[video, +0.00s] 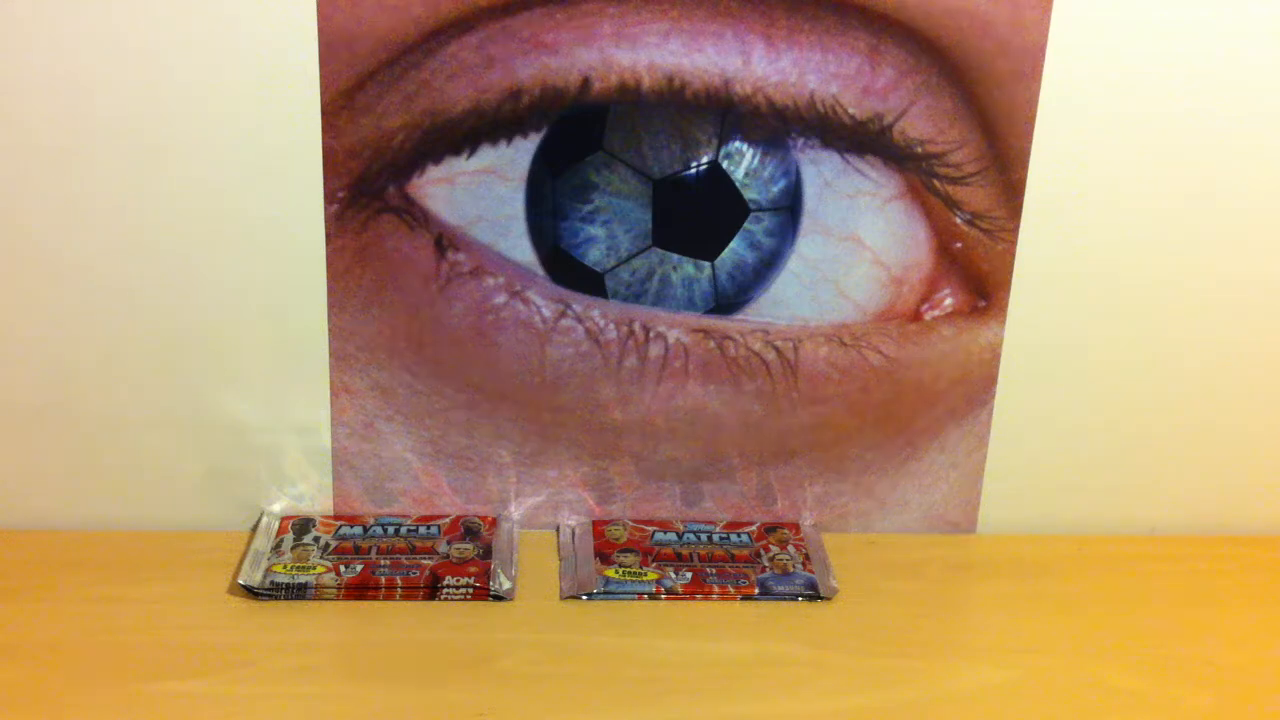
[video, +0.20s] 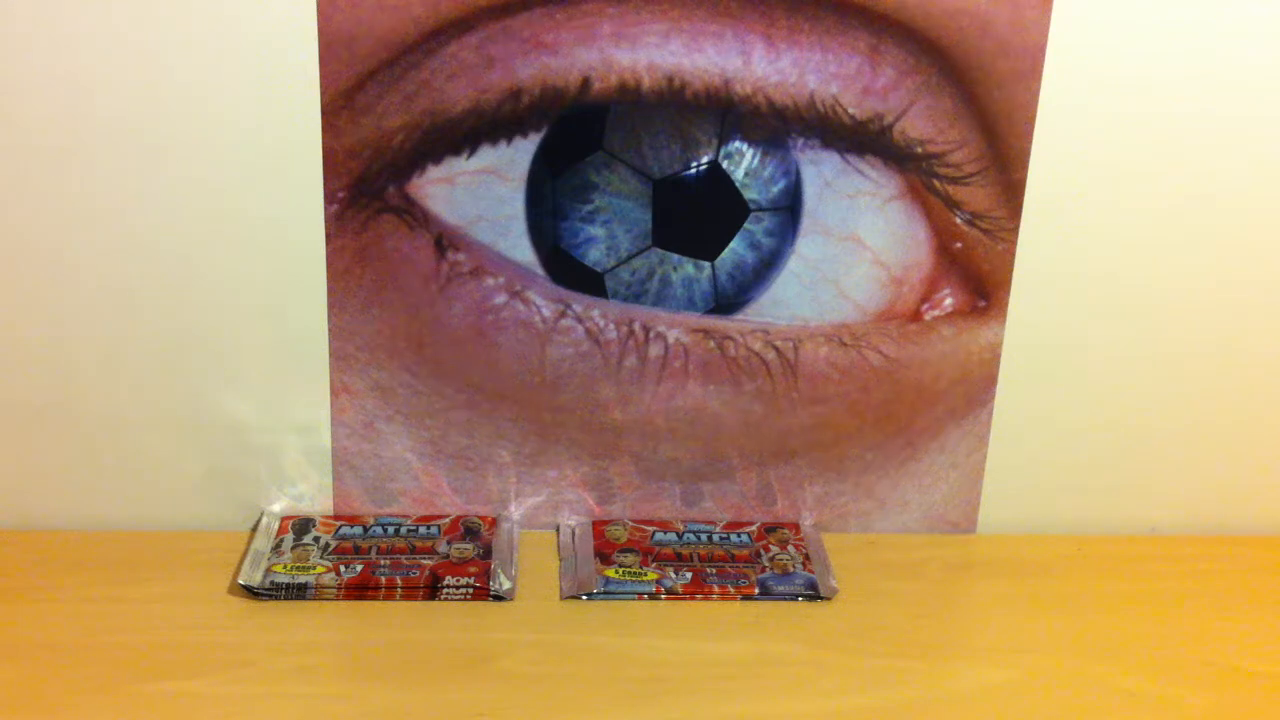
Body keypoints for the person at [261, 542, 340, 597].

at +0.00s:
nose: (309, 554)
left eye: (312, 551)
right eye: (305, 550)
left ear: (315, 551)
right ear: (293, 551)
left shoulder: (324, 567)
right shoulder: (275, 568)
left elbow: (328, 595)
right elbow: (264, 594)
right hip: (278, 610)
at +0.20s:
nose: (309, 554)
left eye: (312, 551)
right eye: (305, 550)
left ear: (315, 552)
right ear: (293, 551)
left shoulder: (323, 569)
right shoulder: (274, 568)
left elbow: (327, 598)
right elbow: (264, 594)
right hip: (277, 610)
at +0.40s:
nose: (309, 554)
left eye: (312, 551)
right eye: (305, 550)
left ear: (315, 552)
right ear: (293, 551)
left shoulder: (323, 569)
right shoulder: (275, 568)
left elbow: (327, 597)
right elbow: (264, 593)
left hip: (309, 610)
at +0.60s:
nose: (309, 554)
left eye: (312, 551)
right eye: (305, 551)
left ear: (315, 552)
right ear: (293, 551)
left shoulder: (323, 569)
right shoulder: (274, 568)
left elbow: (328, 596)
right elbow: (264, 593)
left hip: (309, 610)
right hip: (277, 609)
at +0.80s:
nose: (309, 554)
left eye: (312, 551)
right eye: (305, 551)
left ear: (315, 552)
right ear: (293, 551)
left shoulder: (323, 569)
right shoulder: (274, 568)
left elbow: (328, 596)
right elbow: (264, 593)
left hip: (309, 610)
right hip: (277, 609)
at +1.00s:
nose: (309, 555)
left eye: (312, 551)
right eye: (305, 551)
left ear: (315, 552)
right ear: (293, 551)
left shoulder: (323, 569)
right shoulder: (274, 568)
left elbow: (328, 596)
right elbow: (263, 593)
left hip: (309, 610)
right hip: (277, 609)